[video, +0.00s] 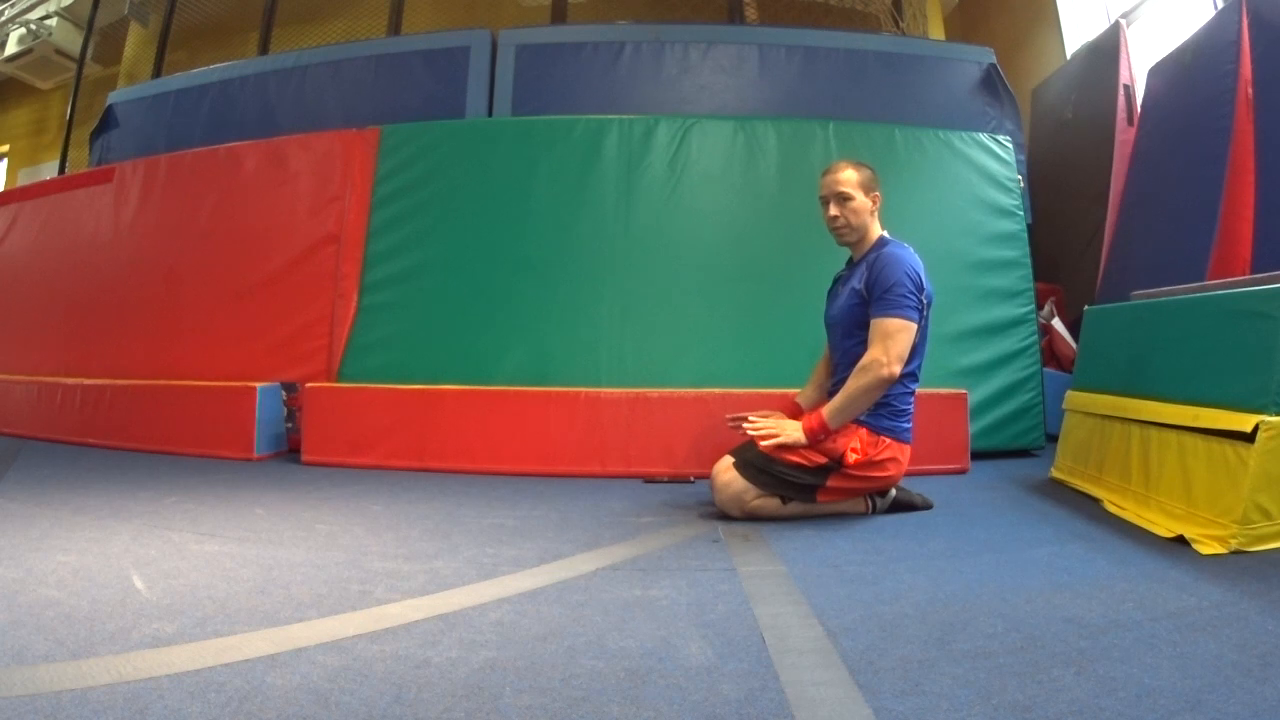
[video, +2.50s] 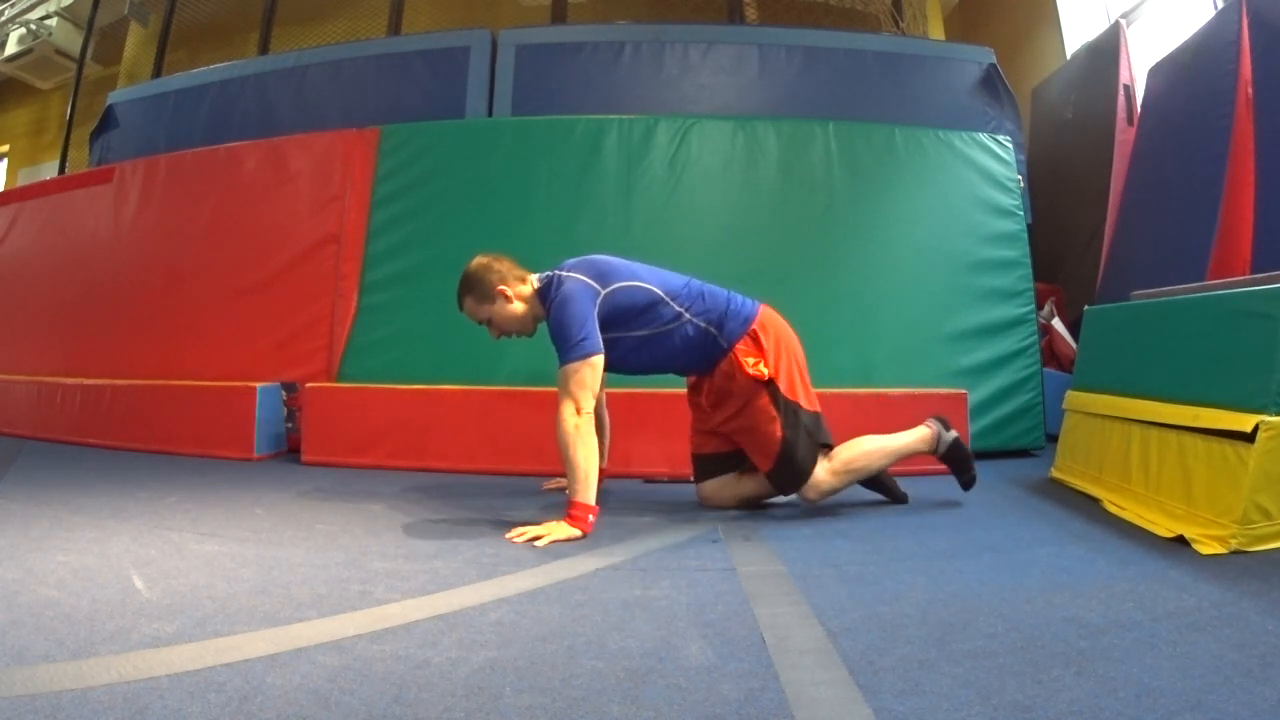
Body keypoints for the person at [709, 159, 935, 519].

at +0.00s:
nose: (832, 213)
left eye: (843, 199)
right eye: (825, 203)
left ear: (874, 201)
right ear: (821, 209)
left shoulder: (895, 263)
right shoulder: (849, 276)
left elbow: (884, 365)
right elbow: (835, 360)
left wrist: (810, 428)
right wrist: (790, 416)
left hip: (872, 443)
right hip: (846, 434)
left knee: (734, 494)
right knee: (726, 474)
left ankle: (869, 502)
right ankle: (862, 492)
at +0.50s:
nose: (823, 216)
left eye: (833, 203)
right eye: (818, 207)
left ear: (867, 202)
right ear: (815, 212)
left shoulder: (894, 263)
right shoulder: (848, 276)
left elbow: (883, 366)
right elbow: (833, 365)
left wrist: (809, 426)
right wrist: (787, 418)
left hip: (872, 444)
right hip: (846, 434)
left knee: (734, 494)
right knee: (725, 474)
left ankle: (868, 502)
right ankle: (860, 491)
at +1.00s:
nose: (765, 235)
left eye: (772, 220)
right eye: (763, 224)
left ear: (807, 212)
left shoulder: (854, 270)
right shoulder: (814, 284)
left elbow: (853, 376)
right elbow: (804, 372)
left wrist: (780, 446)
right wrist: (755, 426)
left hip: (872, 444)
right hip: (843, 434)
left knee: (733, 492)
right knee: (726, 479)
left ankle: (870, 502)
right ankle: (862, 494)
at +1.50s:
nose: (617, 306)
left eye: (618, 291)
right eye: (612, 296)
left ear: (649, 272)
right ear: (650, 273)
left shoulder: (698, 301)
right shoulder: (692, 292)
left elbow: (655, 405)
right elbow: (652, 398)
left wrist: (599, 494)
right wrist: (604, 469)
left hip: (838, 402)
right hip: (820, 395)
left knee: (729, 500)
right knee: (724, 484)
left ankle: (865, 495)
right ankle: (853, 482)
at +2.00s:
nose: (530, 322)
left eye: (526, 309)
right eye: (523, 313)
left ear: (554, 286)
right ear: (557, 283)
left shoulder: (610, 299)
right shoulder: (606, 289)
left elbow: (594, 410)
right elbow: (605, 401)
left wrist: (582, 516)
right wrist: (588, 473)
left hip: (779, 357)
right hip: (775, 352)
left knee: (726, 500)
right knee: (737, 482)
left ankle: (862, 483)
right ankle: (855, 469)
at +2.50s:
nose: (498, 334)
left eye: (491, 323)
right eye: (488, 327)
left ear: (511, 292)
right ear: (513, 288)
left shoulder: (572, 294)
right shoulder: (564, 293)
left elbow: (577, 409)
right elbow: (592, 407)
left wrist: (577, 518)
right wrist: (586, 476)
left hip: (749, 344)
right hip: (710, 368)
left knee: (812, 478)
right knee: (718, 488)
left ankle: (934, 435)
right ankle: (848, 467)